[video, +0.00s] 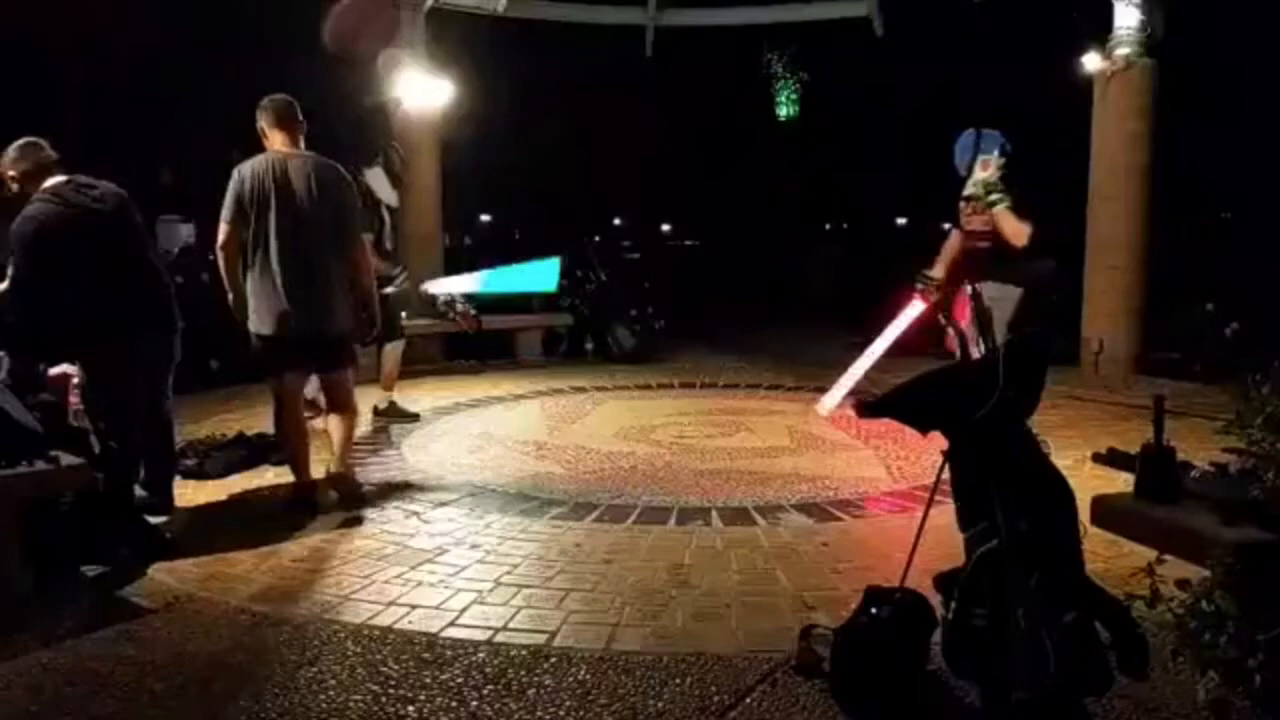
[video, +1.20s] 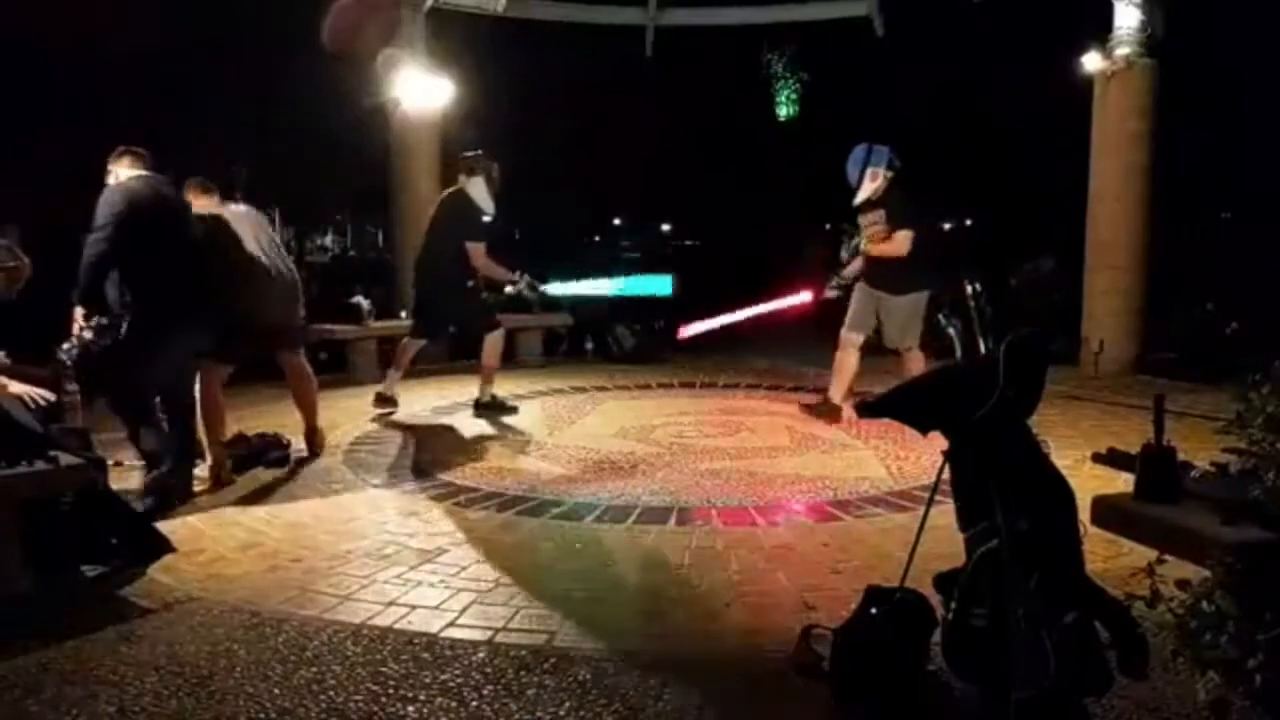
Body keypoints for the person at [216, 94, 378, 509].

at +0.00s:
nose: (268, 137)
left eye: (263, 131)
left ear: (264, 131)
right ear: (301, 127)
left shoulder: (246, 175)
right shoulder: (333, 175)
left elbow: (225, 244)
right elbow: (359, 249)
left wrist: (235, 295)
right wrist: (371, 303)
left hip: (273, 310)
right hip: (329, 308)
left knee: (288, 402)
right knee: (341, 400)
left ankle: (305, 488)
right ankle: (342, 467)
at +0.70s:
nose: (249, 158)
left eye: (248, 153)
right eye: (250, 153)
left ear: (253, 150)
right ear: (284, 147)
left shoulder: (249, 181)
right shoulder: (313, 187)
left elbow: (236, 238)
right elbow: (327, 251)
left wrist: (226, 286)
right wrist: (324, 298)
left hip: (259, 297)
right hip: (303, 298)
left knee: (233, 370)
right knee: (300, 377)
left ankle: (260, 451)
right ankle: (306, 451)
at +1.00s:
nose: (204, 176)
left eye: (204, 171)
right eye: (205, 171)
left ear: (209, 167)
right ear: (240, 163)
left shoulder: (205, 197)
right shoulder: (270, 192)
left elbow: (200, 253)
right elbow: (297, 242)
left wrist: (199, 294)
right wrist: (293, 287)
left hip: (232, 302)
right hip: (282, 298)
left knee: (213, 380)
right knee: (291, 363)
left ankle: (219, 461)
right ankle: (308, 432)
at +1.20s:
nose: (189, 209)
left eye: (188, 203)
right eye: (189, 203)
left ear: (191, 200)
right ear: (218, 196)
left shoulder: (195, 221)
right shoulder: (253, 215)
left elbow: (189, 276)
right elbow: (285, 265)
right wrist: (296, 302)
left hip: (232, 305)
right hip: (282, 298)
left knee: (209, 379)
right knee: (294, 360)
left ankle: (218, 462)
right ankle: (313, 433)